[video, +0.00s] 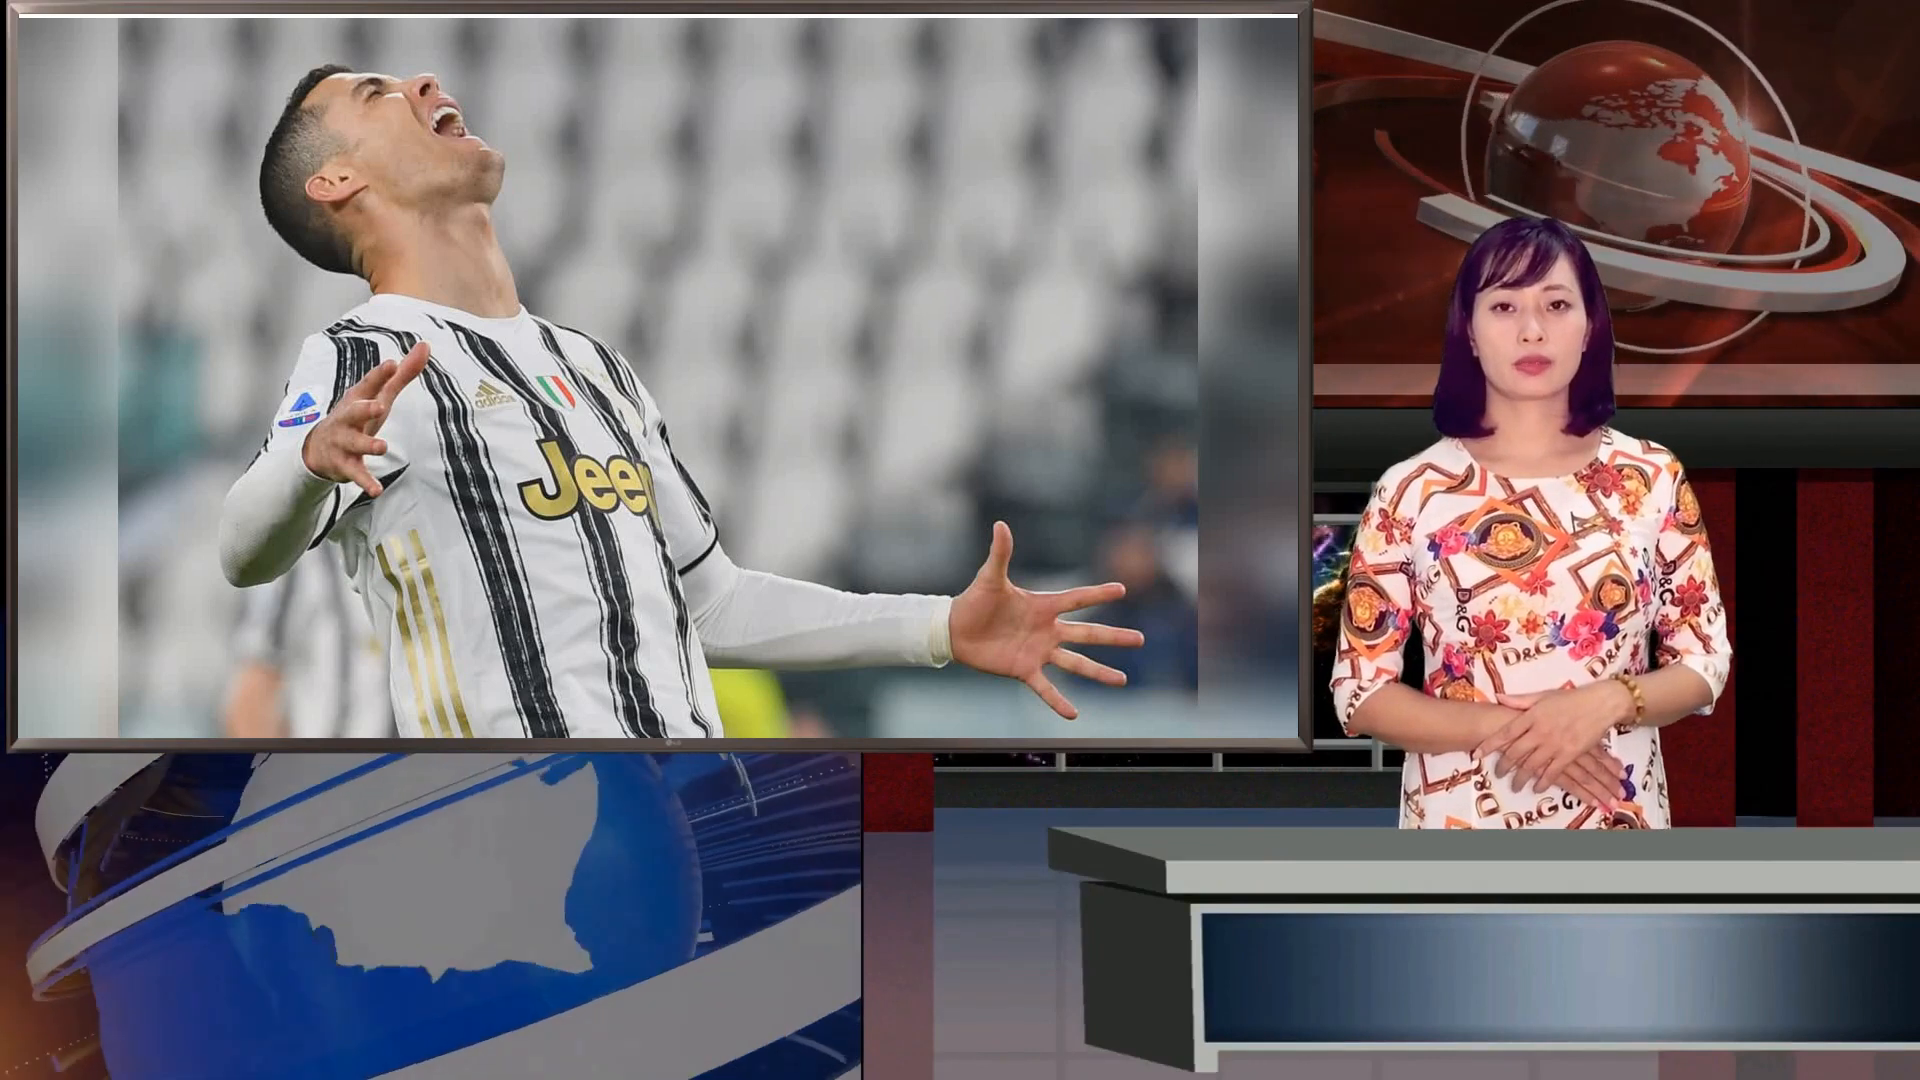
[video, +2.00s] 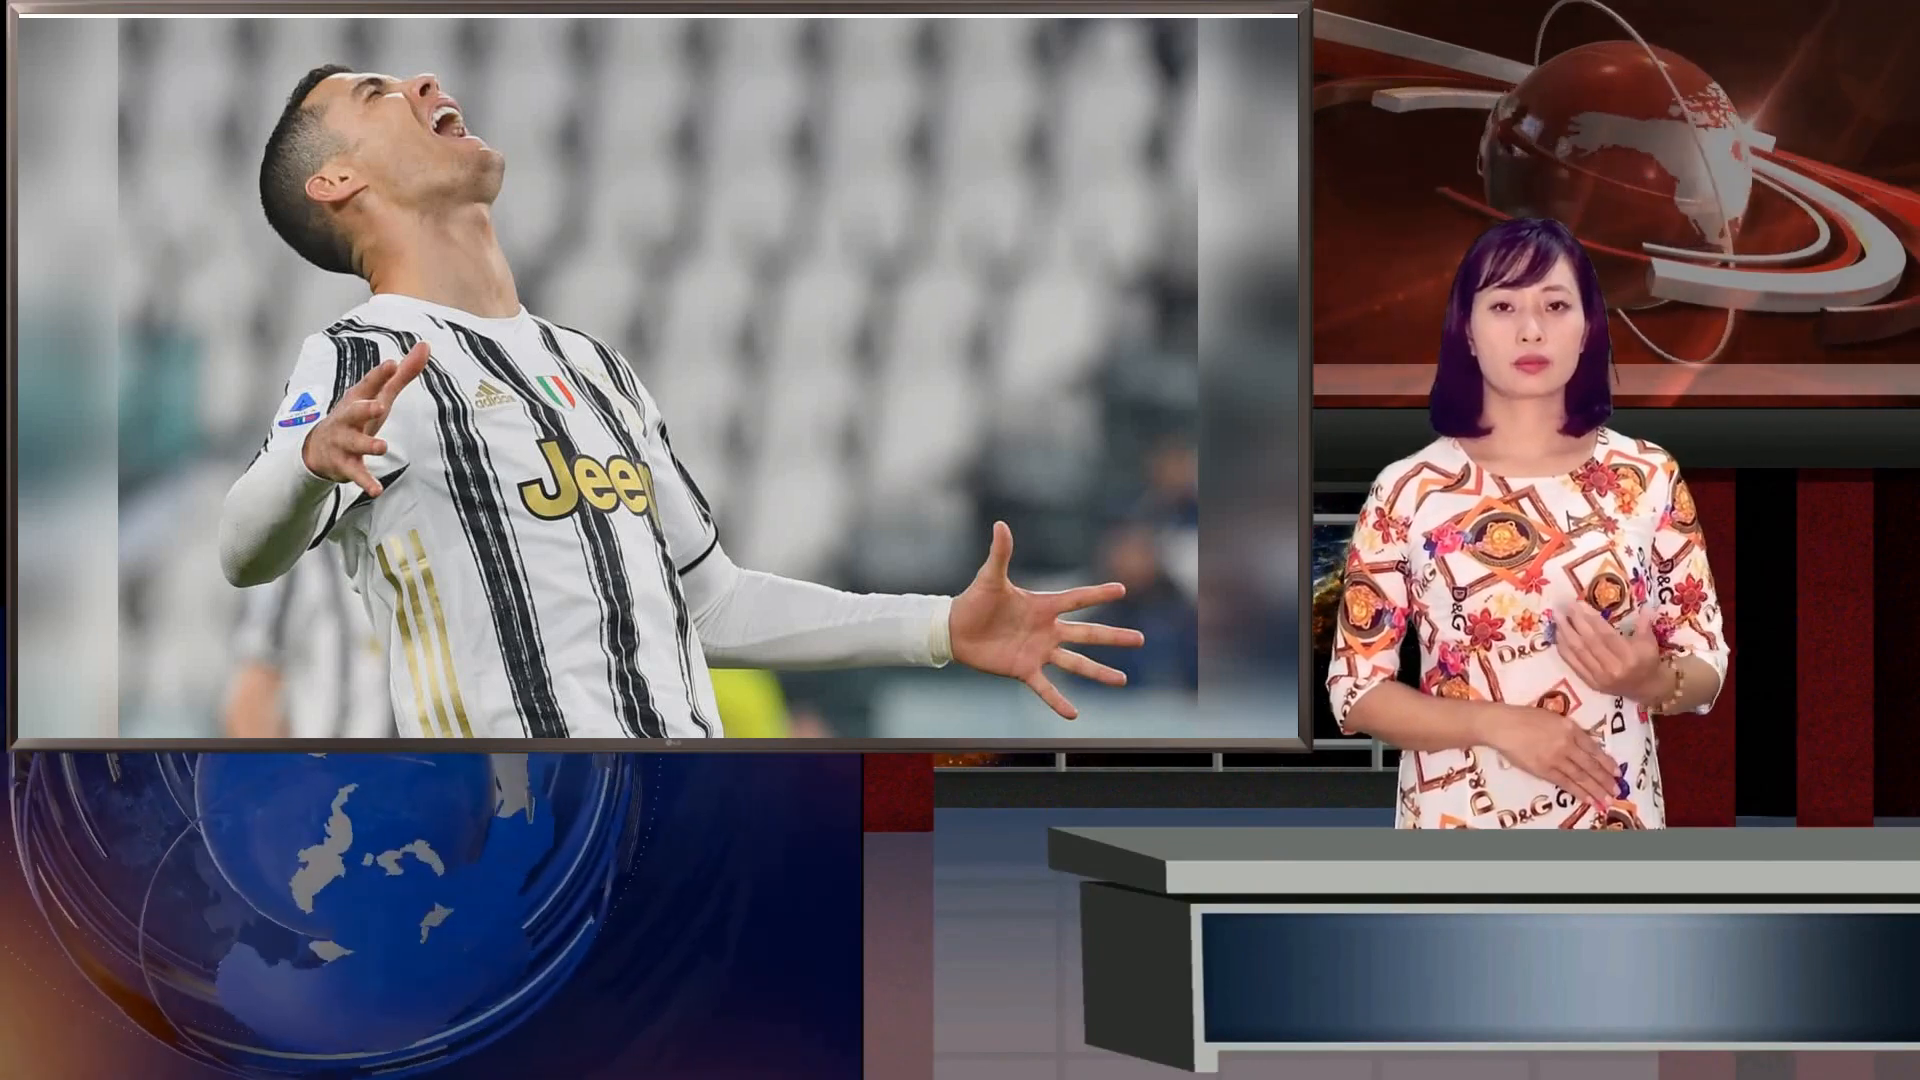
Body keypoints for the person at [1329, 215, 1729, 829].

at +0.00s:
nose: (1532, 329)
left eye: (1557, 305)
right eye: (1504, 307)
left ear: (1590, 325)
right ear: (1467, 328)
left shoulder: (1650, 478)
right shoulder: (1409, 492)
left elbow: (1704, 661)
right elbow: (1359, 691)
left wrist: (1606, 702)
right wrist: (1517, 732)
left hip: (1617, 830)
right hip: (1460, 831)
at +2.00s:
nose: (1531, 329)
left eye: (1555, 305)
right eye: (1502, 307)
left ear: (1588, 326)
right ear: (1466, 328)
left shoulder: (1647, 479)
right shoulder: (1406, 492)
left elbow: (1704, 668)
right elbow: (1355, 689)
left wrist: (1652, 682)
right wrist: (1498, 724)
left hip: (1613, 833)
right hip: (1456, 832)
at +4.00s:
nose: (1532, 330)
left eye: (1558, 307)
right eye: (1504, 308)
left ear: (1591, 326)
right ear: (1468, 329)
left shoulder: (1651, 479)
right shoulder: (1409, 491)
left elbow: (1704, 661)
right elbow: (1356, 689)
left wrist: (1622, 697)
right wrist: (1490, 725)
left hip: (1616, 833)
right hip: (1459, 831)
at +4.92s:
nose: (1533, 331)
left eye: (1558, 307)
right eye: (1505, 310)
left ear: (1591, 326)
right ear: (1469, 329)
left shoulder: (1651, 478)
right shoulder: (1409, 492)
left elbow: (1709, 658)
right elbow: (1357, 688)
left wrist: (1607, 712)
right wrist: (1502, 728)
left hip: (1615, 830)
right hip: (1458, 829)